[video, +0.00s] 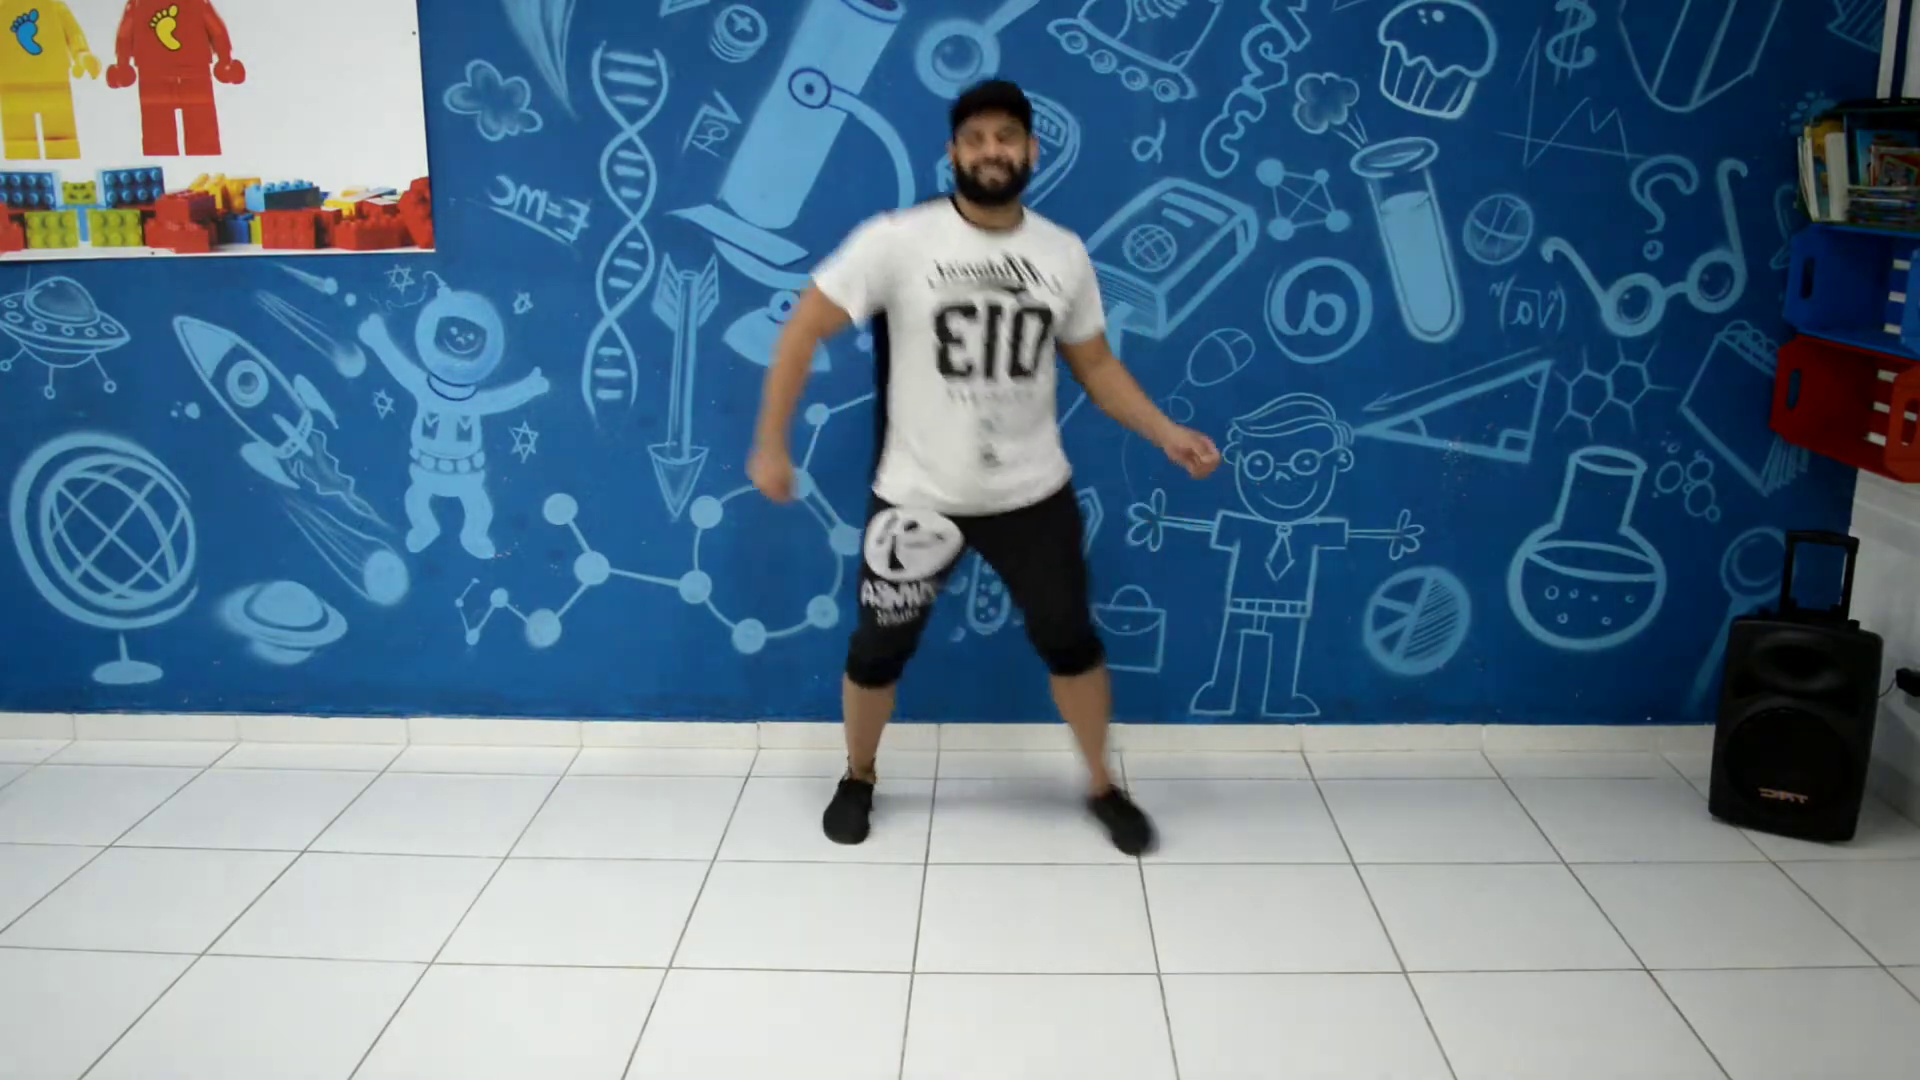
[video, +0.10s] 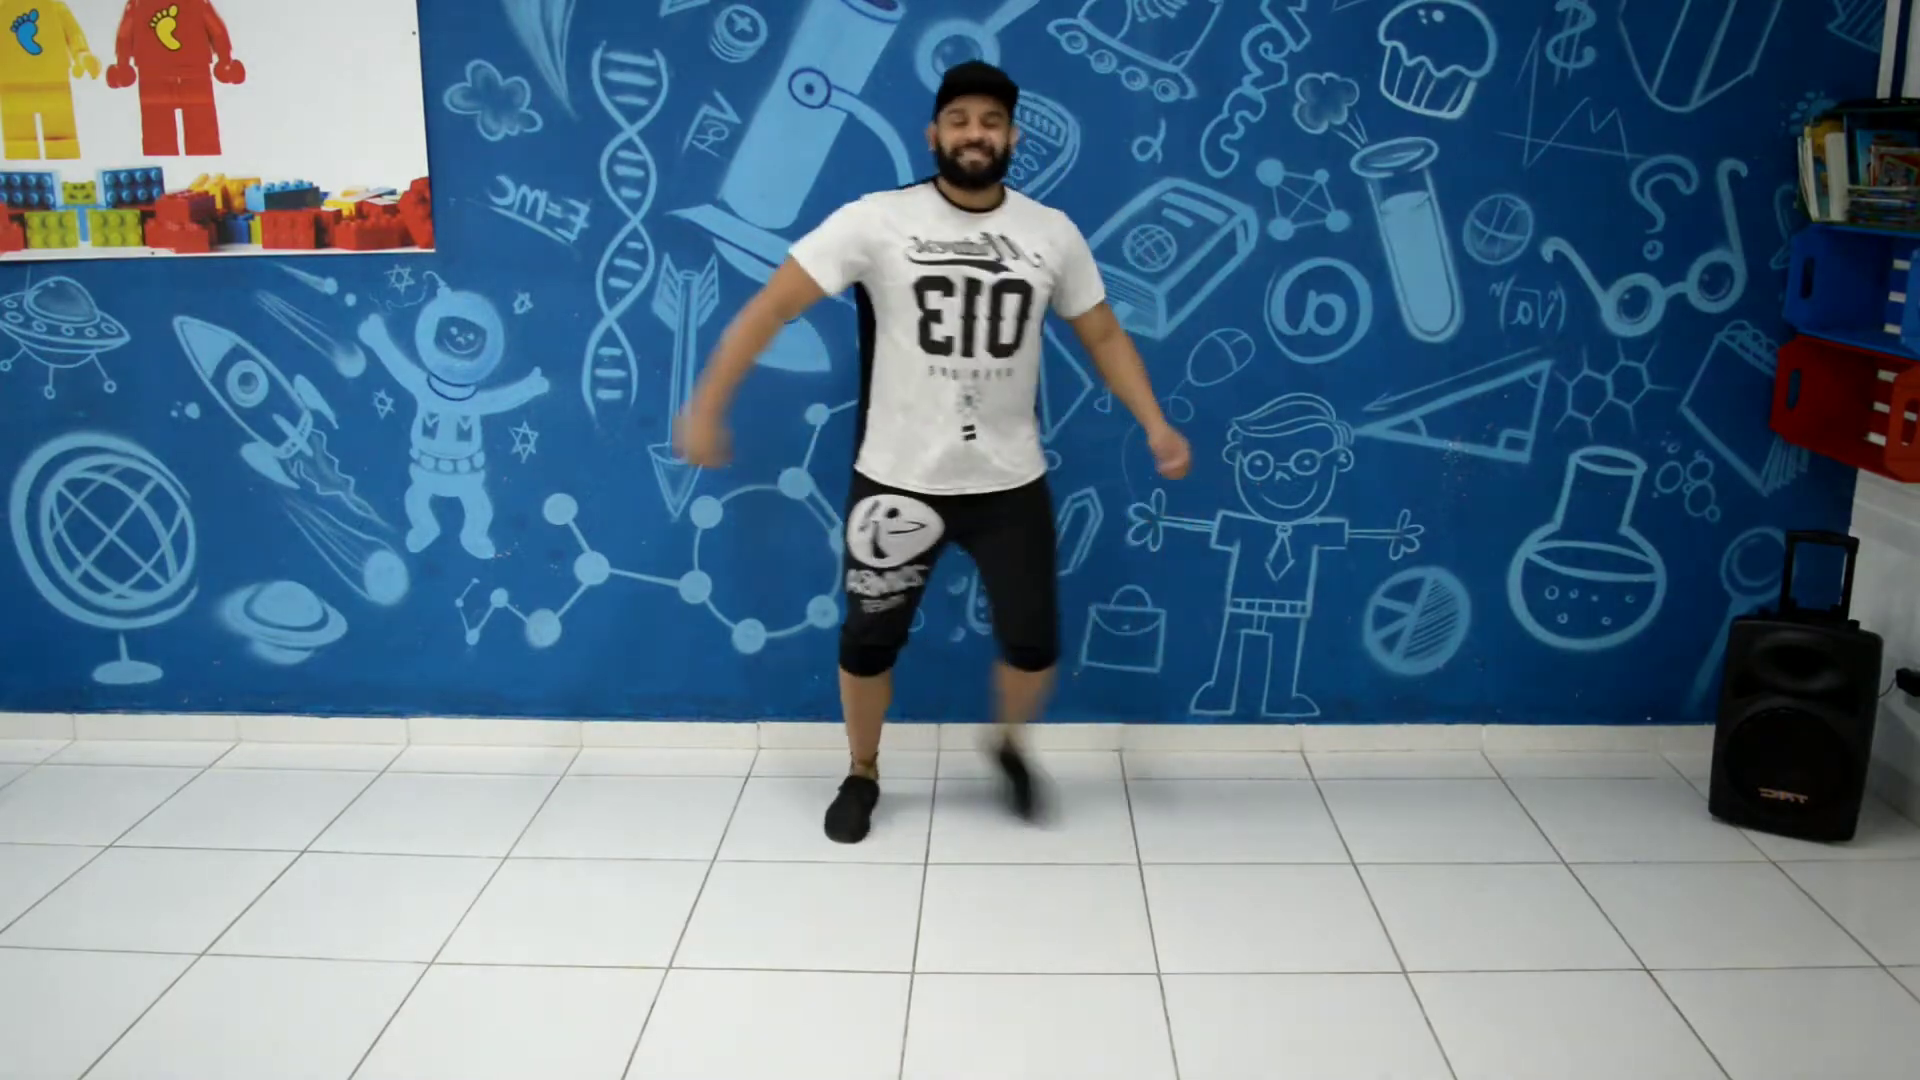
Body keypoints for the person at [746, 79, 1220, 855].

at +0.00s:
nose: (993, 151)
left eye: (1009, 137)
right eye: (976, 138)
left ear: (1031, 153)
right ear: (953, 151)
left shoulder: (1062, 256)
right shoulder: (893, 243)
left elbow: (1096, 363)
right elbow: (803, 328)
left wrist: (1167, 432)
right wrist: (770, 443)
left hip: (1031, 491)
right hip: (918, 491)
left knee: (1072, 641)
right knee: (879, 647)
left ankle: (1104, 787)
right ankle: (858, 777)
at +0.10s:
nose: (975, 134)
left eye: (991, 121)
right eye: (959, 121)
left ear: (1012, 137)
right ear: (933, 135)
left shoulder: (1051, 236)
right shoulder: (874, 222)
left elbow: (1103, 337)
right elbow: (771, 304)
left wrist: (1155, 421)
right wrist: (706, 408)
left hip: (1009, 478)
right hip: (897, 476)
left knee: (1033, 644)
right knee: (869, 640)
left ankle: (1009, 744)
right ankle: (861, 773)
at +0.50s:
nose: (966, 131)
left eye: (983, 121)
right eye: (951, 120)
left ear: (1005, 142)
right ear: (928, 138)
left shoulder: (1051, 244)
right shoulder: (872, 238)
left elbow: (1080, 364)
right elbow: (848, 357)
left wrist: (1061, 476)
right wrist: (864, 471)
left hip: (1013, 485)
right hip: (902, 483)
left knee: (1045, 641)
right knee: (870, 640)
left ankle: (1031, 756)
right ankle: (865, 775)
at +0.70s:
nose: (1002, 176)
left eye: (1020, 165)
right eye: (987, 163)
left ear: (1042, 184)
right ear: (964, 179)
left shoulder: (1090, 283)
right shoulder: (911, 282)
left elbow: (1128, 391)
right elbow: (859, 388)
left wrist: (1095, 499)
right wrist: (873, 499)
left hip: (1057, 518)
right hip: (939, 515)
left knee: (1113, 665)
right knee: (879, 664)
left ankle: (1142, 796)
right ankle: (866, 781)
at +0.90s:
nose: (1044, 133)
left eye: (1060, 123)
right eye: (1029, 123)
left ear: (1083, 140)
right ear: (1006, 142)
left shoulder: (1137, 234)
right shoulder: (954, 247)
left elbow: (1182, 345)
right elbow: (909, 358)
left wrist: (1169, 448)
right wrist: (947, 461)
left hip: (1109, 485)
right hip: (995, 485)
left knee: (1133, 647)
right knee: (956, 646)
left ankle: (1144, 788)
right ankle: (991, 750)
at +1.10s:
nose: (1063, 176)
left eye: (1078, 161)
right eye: (1048, 162)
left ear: (1102, 168)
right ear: (1027, 172)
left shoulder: (1151, 264)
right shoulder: (982, 276)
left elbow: (1177, 389)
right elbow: (980, 400)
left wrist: (1128, 406)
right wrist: (1063, 410)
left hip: (1136, 503)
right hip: (1033, 513)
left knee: (1157, 668)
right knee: (1050, 681)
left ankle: (1149, 791)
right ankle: (1128, 746)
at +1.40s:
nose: (1024, 160)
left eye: (1037, 145)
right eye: (1006, 149)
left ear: (1063, 157)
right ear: (983, 168)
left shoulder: (1119, 247)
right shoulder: (938, 263)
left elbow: (1185, 315)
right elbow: (857, 333)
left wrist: (1240, 381)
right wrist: (780, 400)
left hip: (1093, 500)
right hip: (977, 501)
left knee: (1134, 662)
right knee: (908, 655)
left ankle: (1145, 798)